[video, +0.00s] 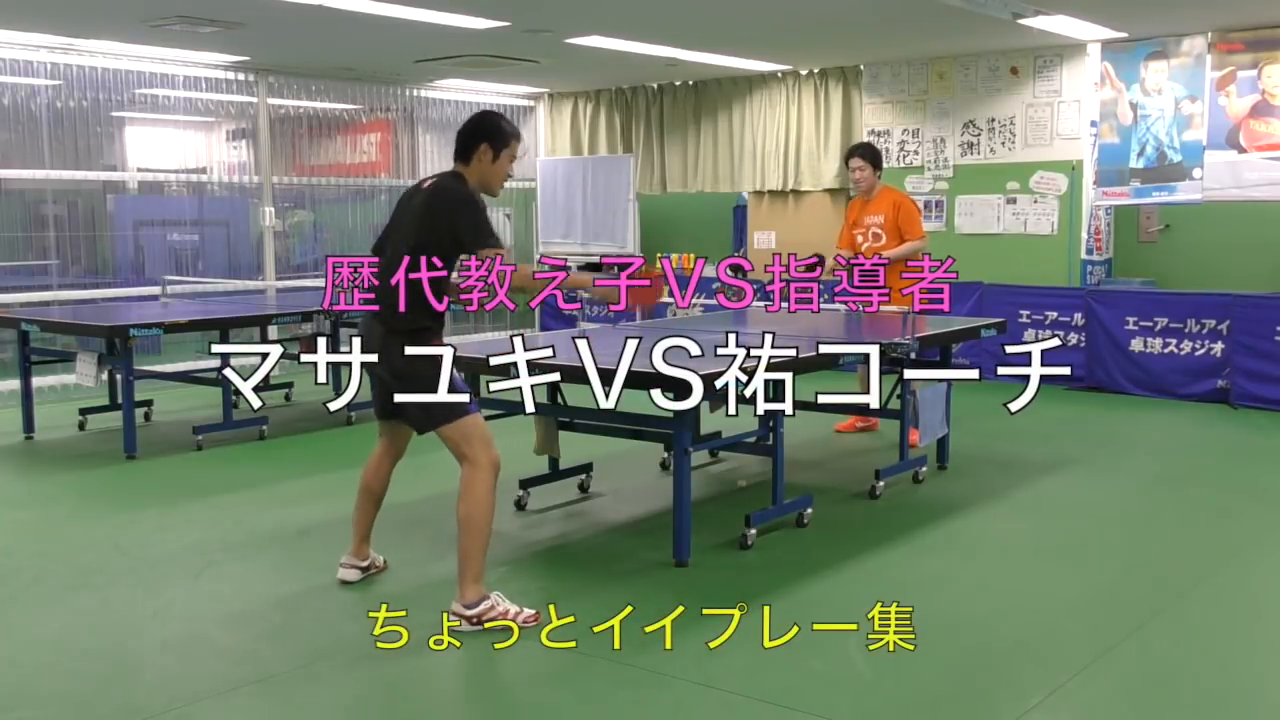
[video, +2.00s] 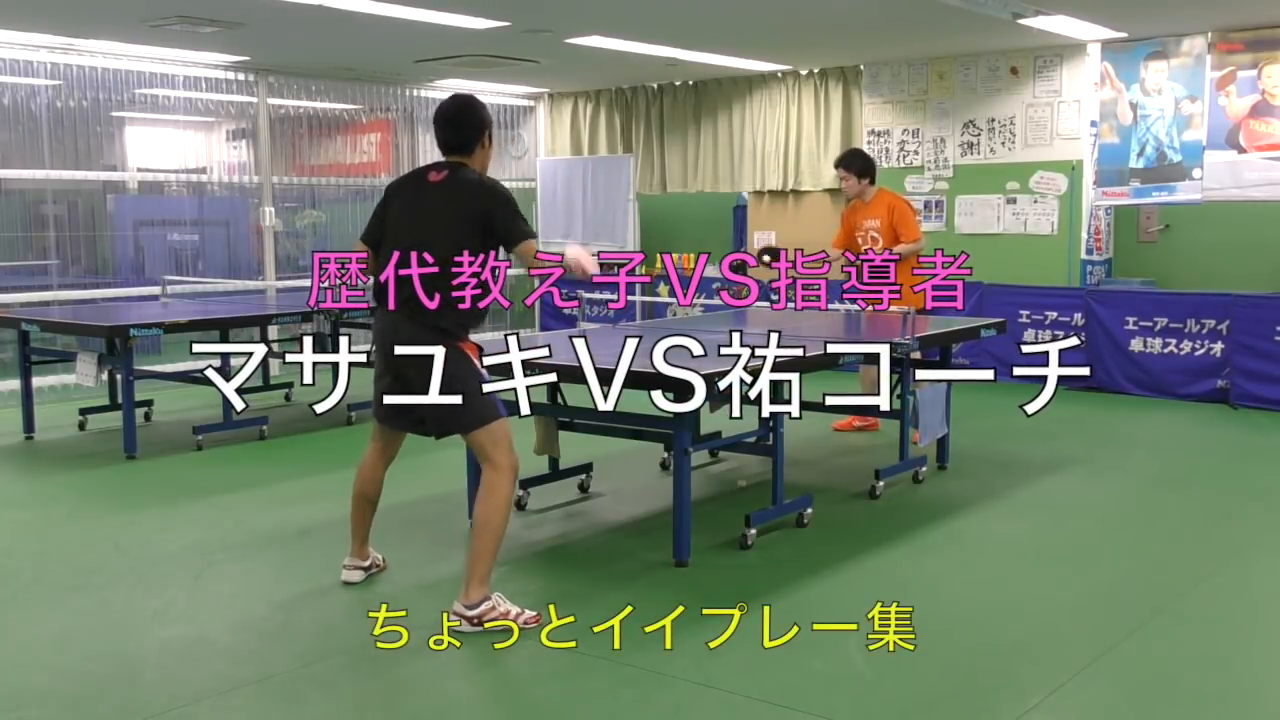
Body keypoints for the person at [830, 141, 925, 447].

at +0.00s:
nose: (856, 175)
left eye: (861, 169)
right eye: (852, 170)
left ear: (877, 170)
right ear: (848, 173)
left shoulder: (899, 201)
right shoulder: (854, 206)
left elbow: (919, 243)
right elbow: (846, 249)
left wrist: (884, 255)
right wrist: (836, 262)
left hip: (901, 296)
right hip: (868, 297)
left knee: (908, 361)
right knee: (865, 355)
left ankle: (913, 423)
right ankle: (865, 414)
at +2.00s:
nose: (842, 185)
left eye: (846, 179)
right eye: (840, 179)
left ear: (864, 178)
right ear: (848, 180)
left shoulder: (895, 204)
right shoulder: (851, 211)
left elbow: (916, 243)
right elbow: (837, 251)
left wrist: (888, 254)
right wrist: (802, 260)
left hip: (905, 298)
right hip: (872, 298)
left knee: (914, 360)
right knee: (869, 355)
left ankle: (925, 420)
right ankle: (867, 413)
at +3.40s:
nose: (855, 179)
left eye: (859, 173)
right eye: (851, 174)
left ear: (876, 172)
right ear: (851, 176)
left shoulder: (898, 202)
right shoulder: (863, 208)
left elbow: (920, 242)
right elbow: (868, 253)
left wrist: (881, 254)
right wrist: (841, 275)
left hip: (907, 298)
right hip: (878, 298)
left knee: (909, 358)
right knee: (871, 354)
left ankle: (928, 417)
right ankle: (867, 413)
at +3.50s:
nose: (853, 185)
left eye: (857, 179)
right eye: (850, 179)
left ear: (874, 176)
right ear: (850, 179)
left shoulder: (897, 205)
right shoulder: (866, 208)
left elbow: (919, 247)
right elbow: (876, 250)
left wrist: (878, 258)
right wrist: (852, 270)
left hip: (908, 300)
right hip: (880, 298)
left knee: (909, 360)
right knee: (871, 356)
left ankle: (928, 419)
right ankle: (868, 414)